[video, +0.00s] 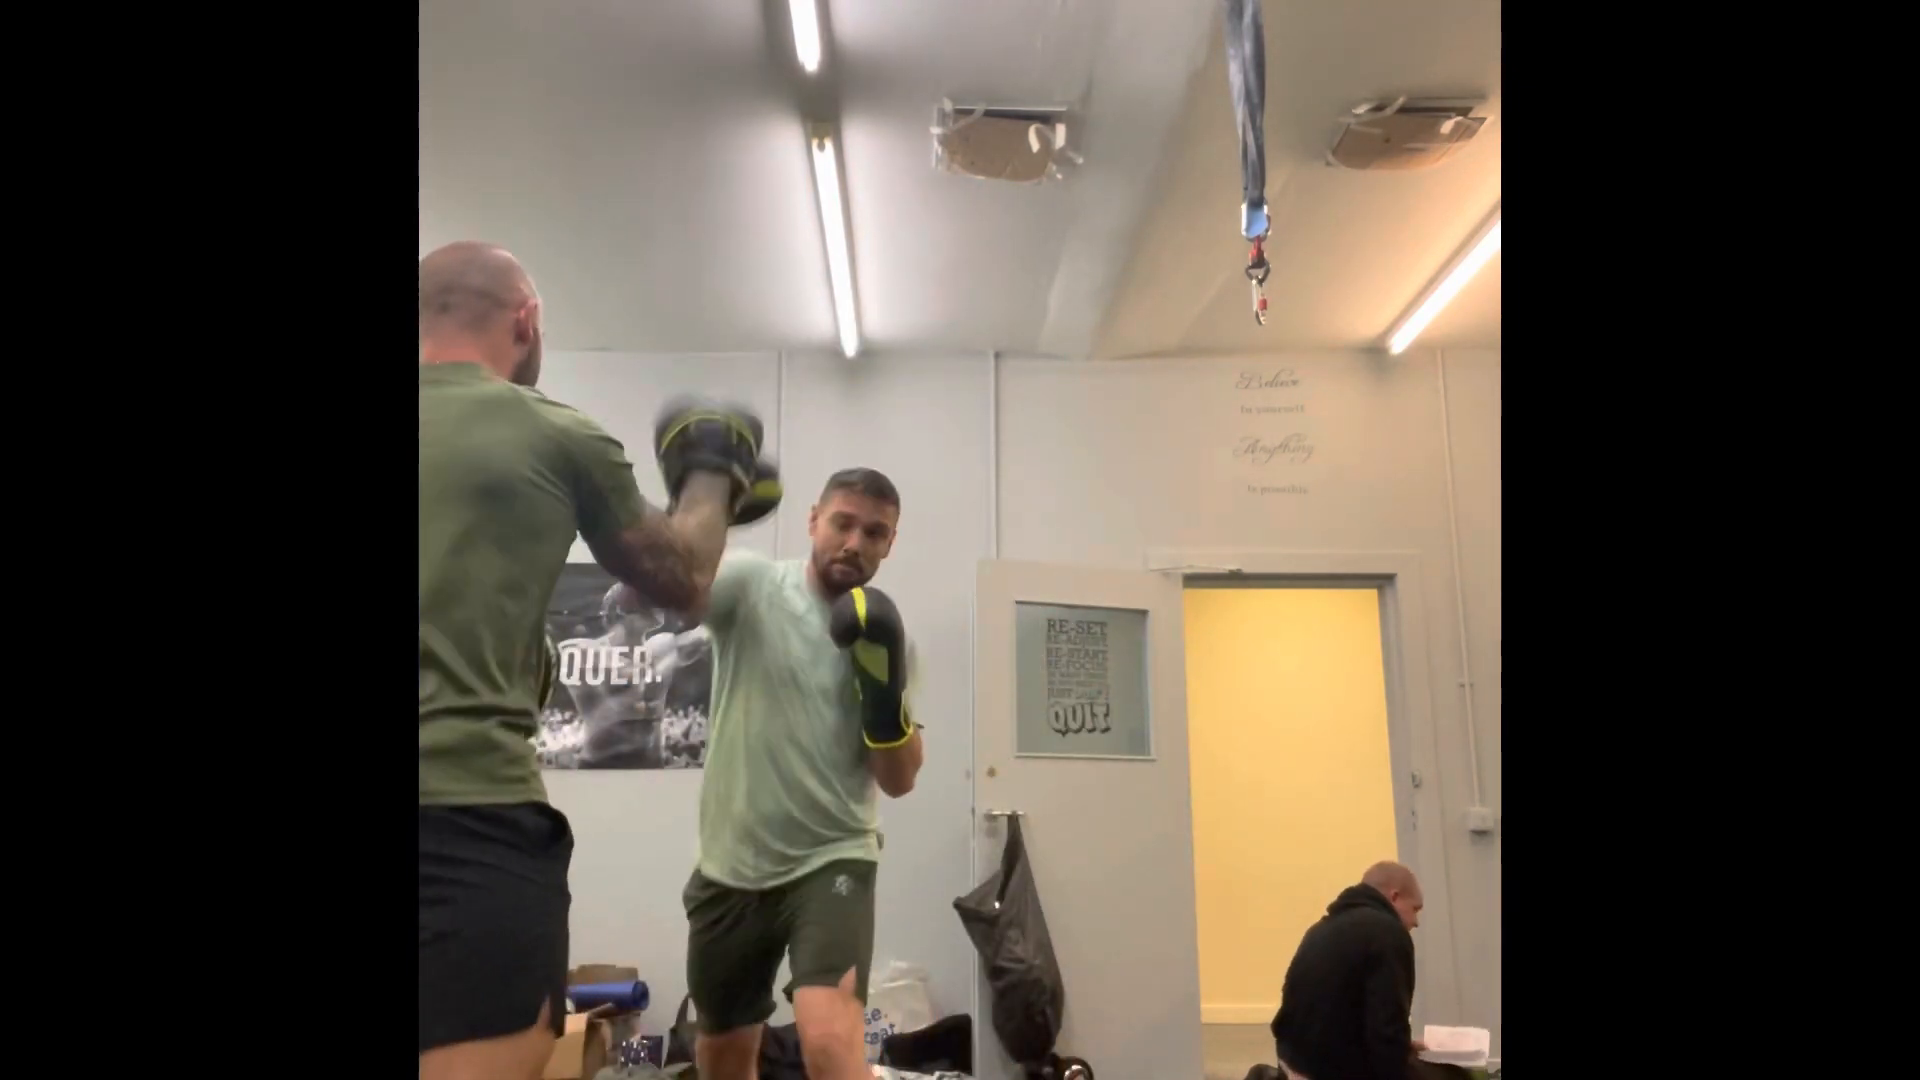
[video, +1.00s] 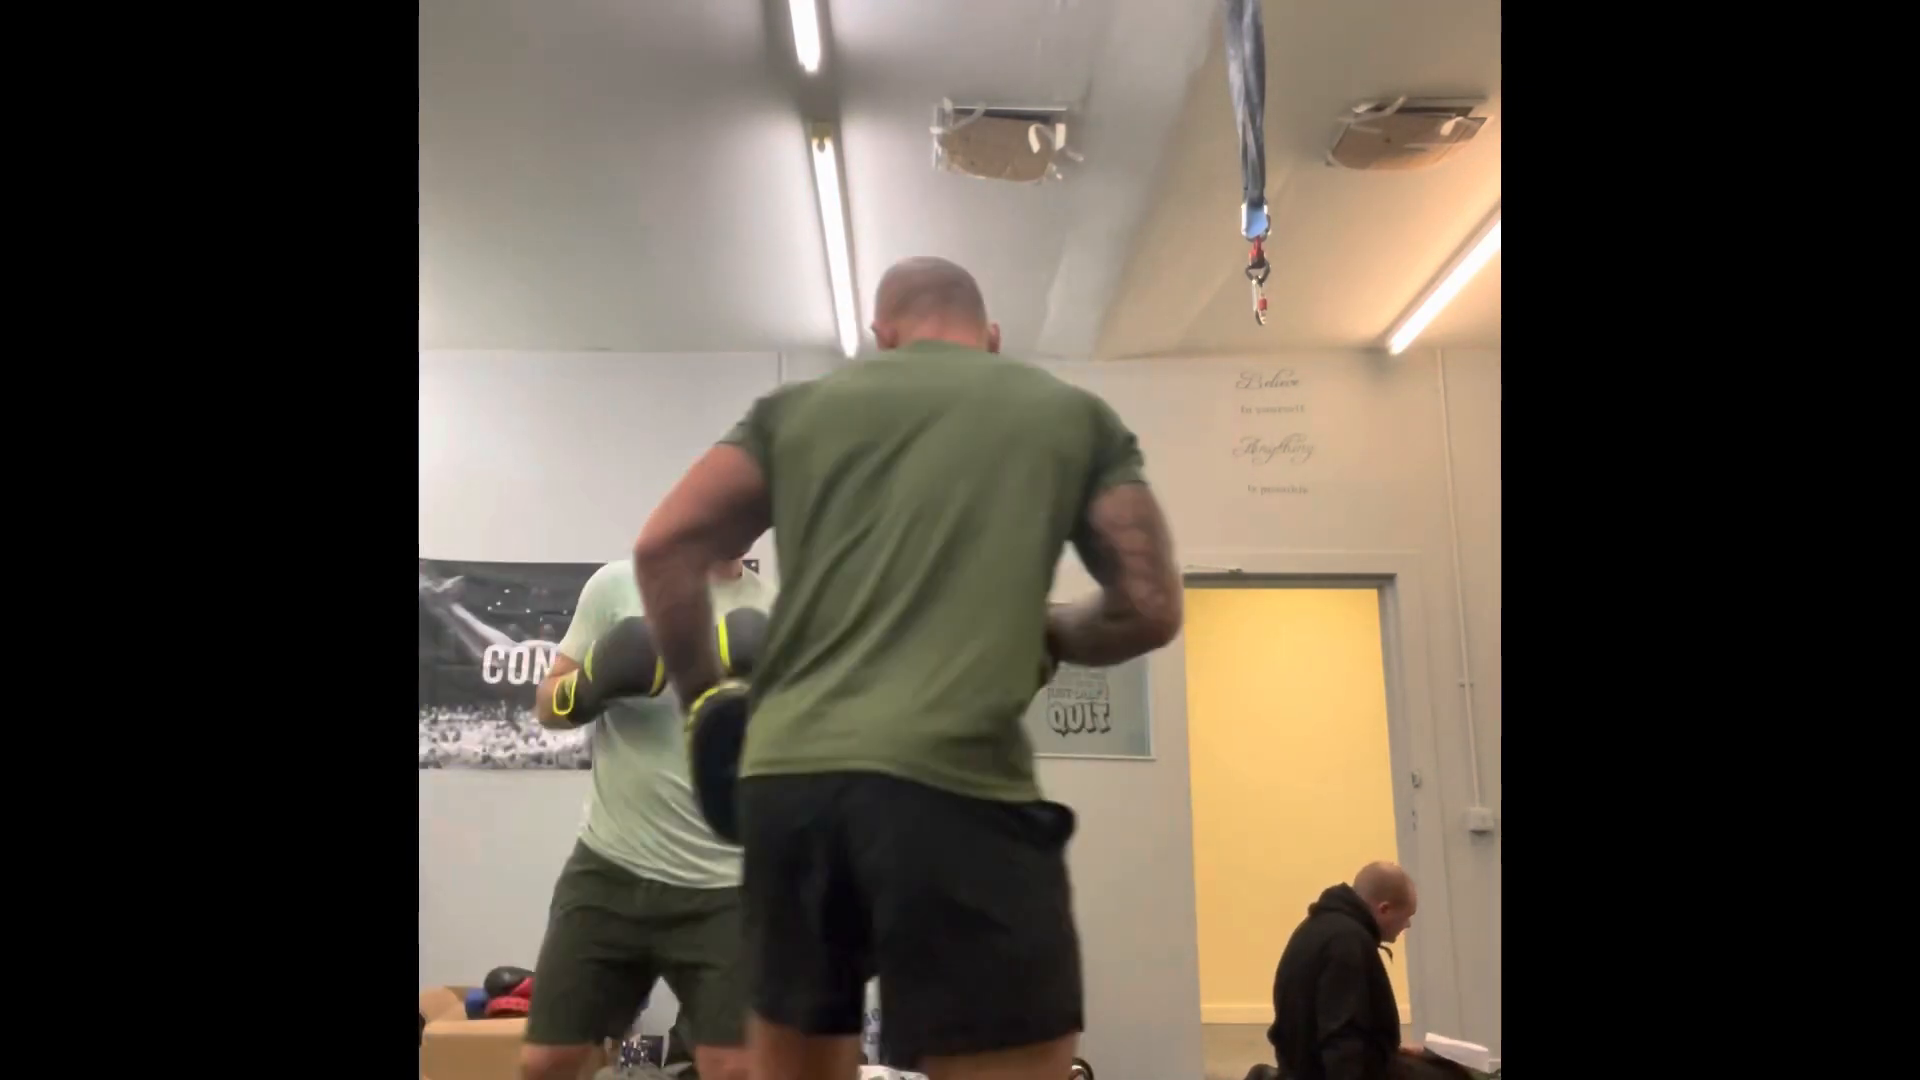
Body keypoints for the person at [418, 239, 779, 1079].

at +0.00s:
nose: (539, 350)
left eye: (538, 332)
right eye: (538, 329)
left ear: (424, 317)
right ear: (523, 320)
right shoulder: (546, 434)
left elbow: (677, 579)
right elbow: (681, 583)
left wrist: (703, 489)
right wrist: (713, 470)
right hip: (467, 818)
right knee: (479, 1059)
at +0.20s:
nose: (557, 334)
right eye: (559, 316)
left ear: (429, 315)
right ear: (543, 311)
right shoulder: (565, 423)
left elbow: (697, 597)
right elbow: (698, 599)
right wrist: (712, 475)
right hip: (476, 836)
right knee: (488, 1061)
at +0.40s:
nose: (581, 315)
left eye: (577, 294)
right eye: (582, 292)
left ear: (451, 284)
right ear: (561, 284)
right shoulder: (537, 400)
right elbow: (701, 574)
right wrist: (767, 475)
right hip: (452, 810)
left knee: (498, 1053)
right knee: (483, 1063)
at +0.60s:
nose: (572, 326)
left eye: (573, 305)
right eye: (573, 301)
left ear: (437, 285)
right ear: (541, 287)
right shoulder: (540, 413)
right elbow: (703, 592)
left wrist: (589, 670)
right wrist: (736, 479)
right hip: (463, 835)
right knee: (551, 1059)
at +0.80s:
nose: (723, 296)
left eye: (722, 277)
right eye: (726, 274)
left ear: (599, 248)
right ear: (704, 250)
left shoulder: (467, 363)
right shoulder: (675, 333)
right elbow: (703, 552)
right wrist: (785, 525)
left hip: (427, 772)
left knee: (426, 1053)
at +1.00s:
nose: (725, 511)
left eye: (741, 498)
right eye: (708, 487)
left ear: (760, 516)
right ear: (682, 497)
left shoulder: (775, 606)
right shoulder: (615, 586)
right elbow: (549, 703)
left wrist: (769, 671)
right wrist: (597, 681)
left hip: (724, 886)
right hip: (609, 871)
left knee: (733, 1067)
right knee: (546, 1061)